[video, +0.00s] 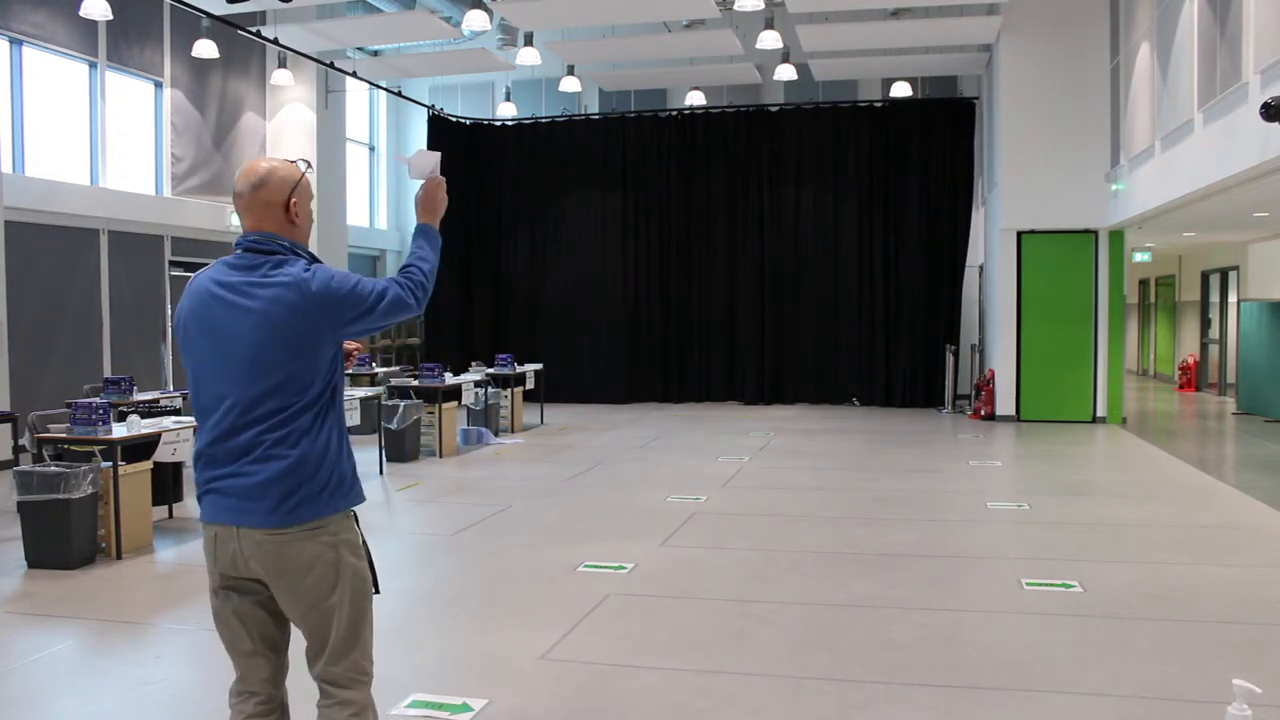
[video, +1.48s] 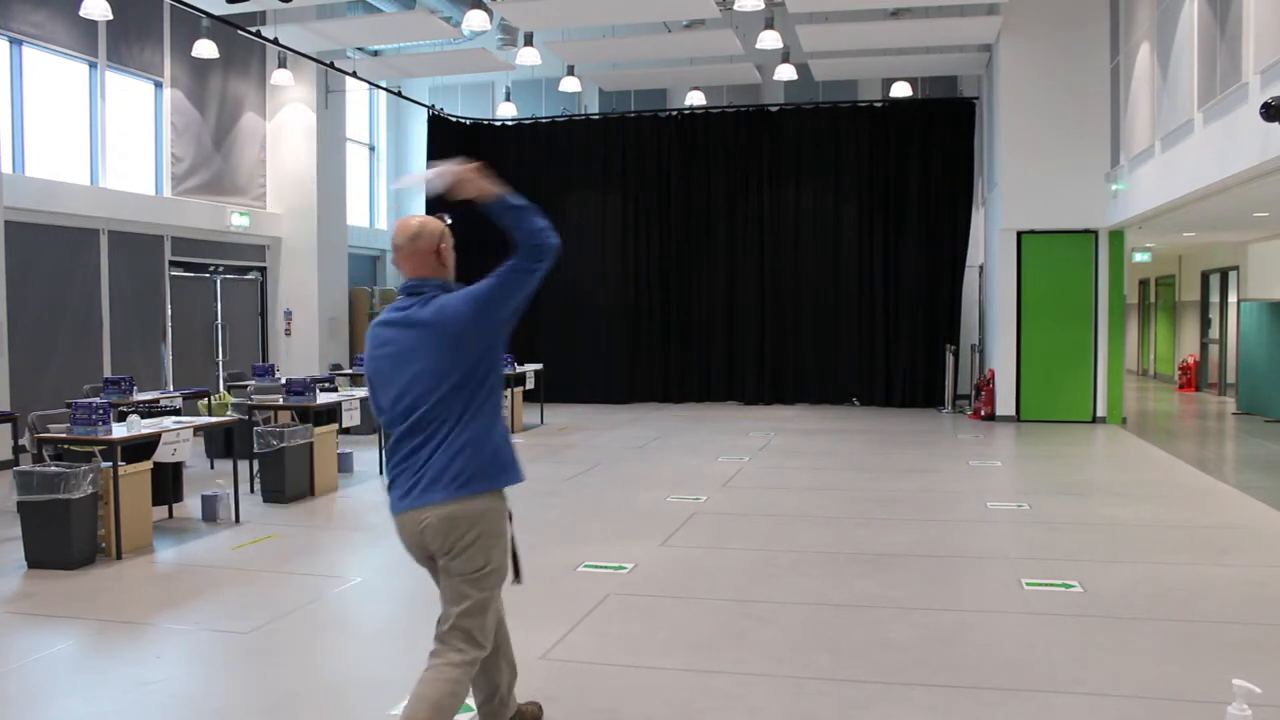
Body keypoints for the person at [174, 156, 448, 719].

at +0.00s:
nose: (311, 211)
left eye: (311, 200)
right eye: (309, 202)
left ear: (241, 213)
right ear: (293, 208)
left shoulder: (195, 294)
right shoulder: (313, 290)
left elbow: (234, 374)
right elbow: (409, 293)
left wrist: (322, 352)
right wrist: (428, 223)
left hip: (223, 529)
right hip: (307, 529)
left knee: (253, 691)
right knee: (344, 688)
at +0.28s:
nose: (316, 214)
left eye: (315, 202)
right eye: (314, 203)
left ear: (247, 213)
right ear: (299, 208)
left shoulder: (205, 293)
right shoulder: (313, 288)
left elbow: (250, 366)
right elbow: (414, 287)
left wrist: (334, 347)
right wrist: (430, 214)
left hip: (227, 525)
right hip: (309, 526)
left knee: (256, 693)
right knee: (343, 687)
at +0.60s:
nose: (344, 216)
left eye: (341, 204)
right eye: (341, 205)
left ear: (277, 216)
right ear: (326, 212)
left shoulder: (248, 293)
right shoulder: (333, 288)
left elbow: (315, 355)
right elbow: (439, 251)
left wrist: (383, 323)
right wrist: (433, 163)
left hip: (266, 525)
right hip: (336, 526)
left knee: (301, 678)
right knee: (358, 689)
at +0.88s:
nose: (374, 223)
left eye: (369, 212)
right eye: (369, 212)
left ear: (315, 226)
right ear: (355, 225)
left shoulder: (297, 295)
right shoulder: (335, 292)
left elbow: (369, 356)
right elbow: (436, 236)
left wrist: (430, 309)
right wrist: (405, 143)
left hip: (335, 514)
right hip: (359, 518)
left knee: (406, 634)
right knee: (384, 682)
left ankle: (389, 711)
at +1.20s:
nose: (413, 251)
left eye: (409, 238)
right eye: (408, 240)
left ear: (354, 252)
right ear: (392, 251)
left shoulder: (346, 317)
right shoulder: (377, 315)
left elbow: (415, 361)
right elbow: (450, 245)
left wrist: (470, 320)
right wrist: (391, 161)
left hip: (378, 519)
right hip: (414, 521)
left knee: (444, 621)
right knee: (415, 676)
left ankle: (486, 697)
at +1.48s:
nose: (453, 251)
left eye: (449, 243)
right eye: (450, 244)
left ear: (398, 262)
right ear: (444, 252)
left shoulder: (378, 336)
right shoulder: (470, 311)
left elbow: (389, 421)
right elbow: (541, 245)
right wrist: (492, 191)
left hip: (410, 512)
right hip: (469, 505)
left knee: (481, 619)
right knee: (459, 646)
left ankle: (501, 711)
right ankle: (414, 719)